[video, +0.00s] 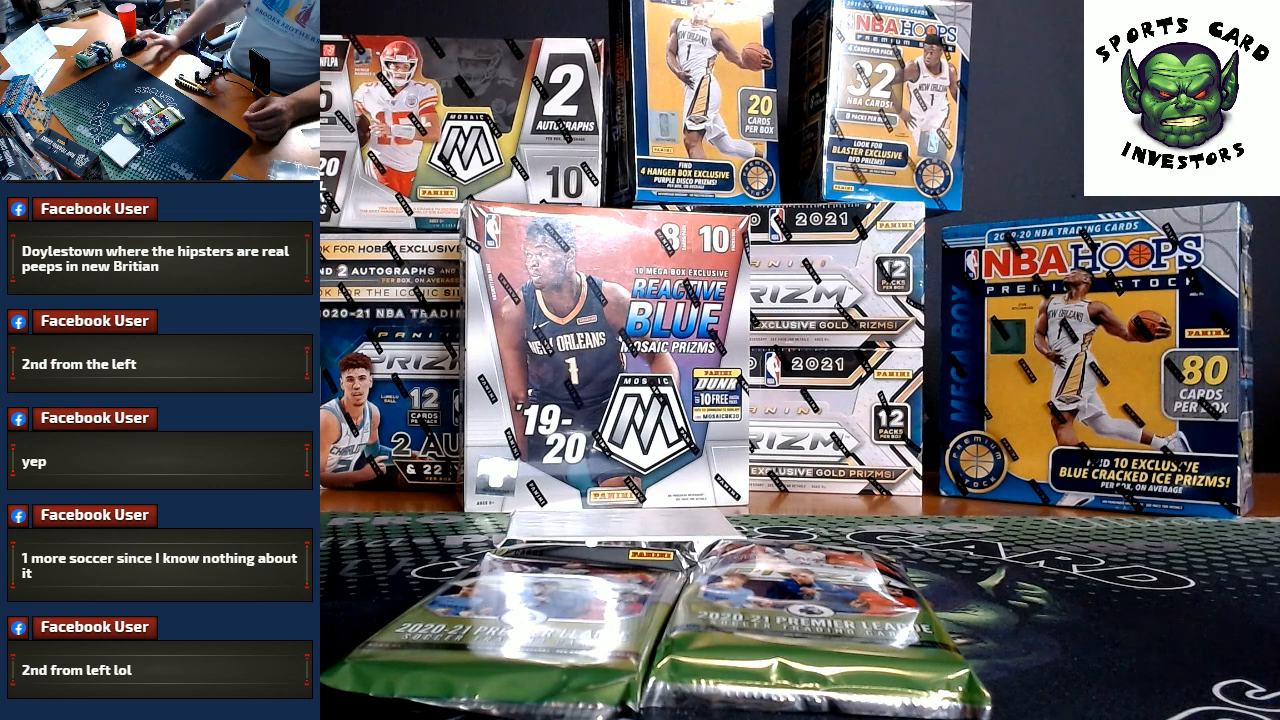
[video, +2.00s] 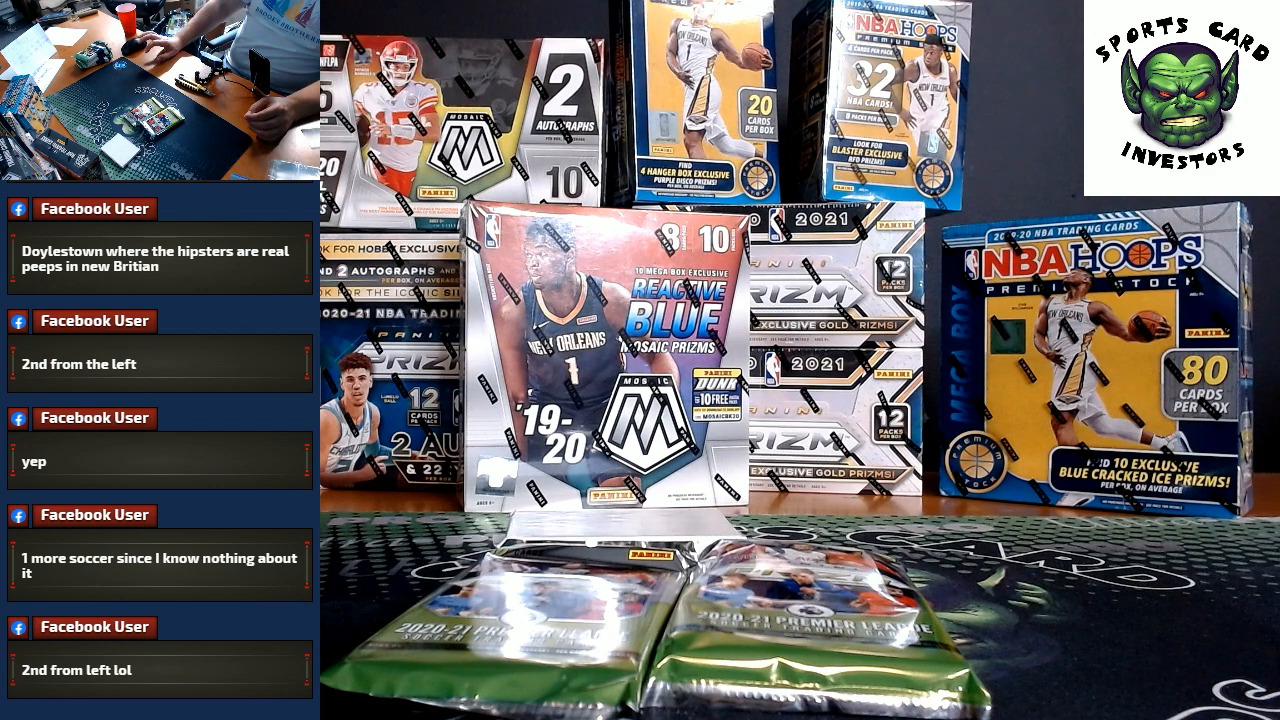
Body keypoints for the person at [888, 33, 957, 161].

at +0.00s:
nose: (928, 53)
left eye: (933, 50)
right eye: (926, 48)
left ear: (941, 52)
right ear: (923, 49)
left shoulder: (949, 71)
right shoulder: (913, 69)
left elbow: (956, 94)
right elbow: (886, 83)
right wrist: (900, 111)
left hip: (940, 117)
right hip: (918, 119)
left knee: (940, 154)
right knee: (923, 155)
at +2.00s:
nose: (929, 52)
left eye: (933, 49)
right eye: (926, 48)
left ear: (941, 52)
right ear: (923, 49)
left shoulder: (949, 70)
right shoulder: (913, 69)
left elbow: (955, 92)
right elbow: (886, 83)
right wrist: (900, 111)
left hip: (940, 117)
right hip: (918, 118)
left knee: (940, 154)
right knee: (922, 155)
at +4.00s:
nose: (928, 52)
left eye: (933, 48)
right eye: (926, 47)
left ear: (941, 51)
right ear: (923, 48)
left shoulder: (949, 70)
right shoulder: (913, 69)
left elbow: (955, 93)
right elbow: (888, 83)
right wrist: (900, 111)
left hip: (941, 118)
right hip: (918, 119)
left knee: (940, 155)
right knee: (922, 156)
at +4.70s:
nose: (928, 55)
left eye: (932, 52)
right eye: (926, 51)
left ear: (941, 52)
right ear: (923, 50)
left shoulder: (949, 70)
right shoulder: (913, 68)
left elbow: (955, 92)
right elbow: (888, 83)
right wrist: (900, 111)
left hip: (940, 117)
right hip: (918, 118)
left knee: (940, 153)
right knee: (924, 153)